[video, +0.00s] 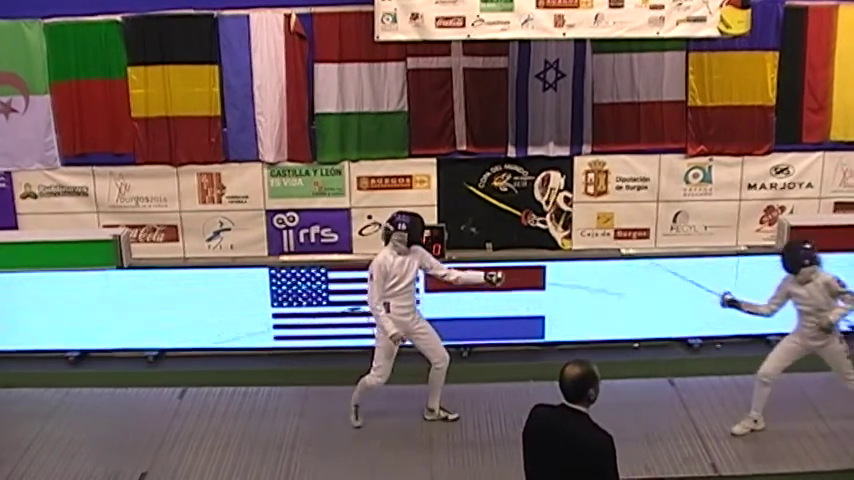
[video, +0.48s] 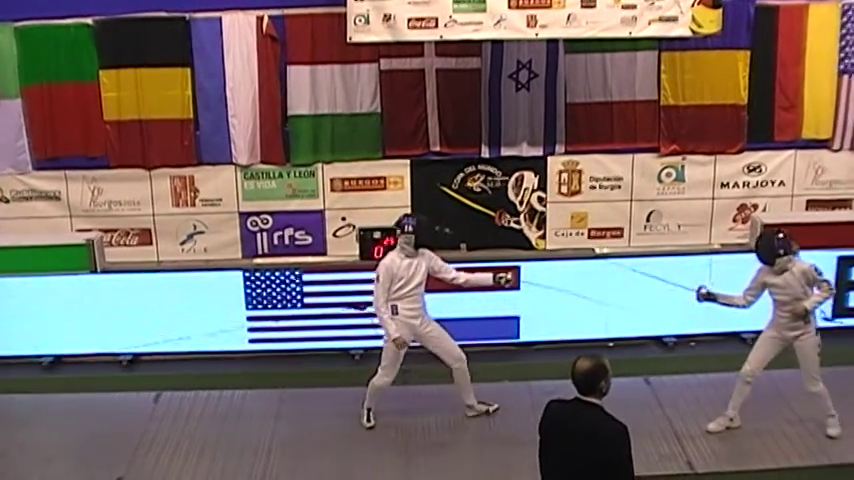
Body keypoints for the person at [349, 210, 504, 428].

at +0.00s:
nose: (400, 238)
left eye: (404, 234)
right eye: (397, 233)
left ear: (411, 236)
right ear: (390, 233)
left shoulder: (418, 254)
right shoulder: (381, 262)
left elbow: (448, 275)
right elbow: (374, 303)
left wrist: (485, 277)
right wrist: (390, 330)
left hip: (413, 319)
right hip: (389, 322)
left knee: (441, 359)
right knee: (378, 378)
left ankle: (433, 409)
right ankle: (355, 403)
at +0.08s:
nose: (401, 236)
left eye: (406, 233)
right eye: (398, 231)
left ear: (414, 236)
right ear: (393, 231)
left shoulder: (419, 252)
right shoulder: (382, 259)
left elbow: (448, 275)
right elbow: (375, 299)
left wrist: (484, 277)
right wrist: (389, 328)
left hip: (415, 318)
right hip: (391, 322)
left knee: (442, 358)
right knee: (390, 375)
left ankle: (432, 407)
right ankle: (380, 403)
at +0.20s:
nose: (403, 239)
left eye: (407, 235)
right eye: (399, 234)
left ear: (413, 238)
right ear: (393, 235)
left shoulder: (419, 257)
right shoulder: (382, 263)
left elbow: (447, 280)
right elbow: (373, 303)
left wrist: (485, 282)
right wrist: (387, 333)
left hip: (416, 320)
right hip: (393, 323)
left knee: (449, 358)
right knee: (394, 380)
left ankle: (444, 407)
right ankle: (384, 407)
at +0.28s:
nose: (399, 242)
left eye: (404, 238)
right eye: (396, 237)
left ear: (411, 242)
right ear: (390, 238)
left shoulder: (417, 261)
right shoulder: (380, 266)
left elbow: (445, 282)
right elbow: (371, 307)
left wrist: (483, 282)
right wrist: (384, 337)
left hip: (414, 323)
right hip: (390, 326)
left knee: (452, 358)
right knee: (390, 382)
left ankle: (442, 405)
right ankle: (378, 406)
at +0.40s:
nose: (401, 240)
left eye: (406, 236)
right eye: (398, 235)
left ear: (414, 239)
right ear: (392, 236)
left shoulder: (420, 259)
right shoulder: (383, 264)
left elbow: (449, 280)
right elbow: (374, 304)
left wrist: (487, 281)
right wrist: (387, 335)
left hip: (417, 322)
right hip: (394, 325)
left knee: (456, 356)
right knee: (386, 379)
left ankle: (455, 405)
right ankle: (372, 407)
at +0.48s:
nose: (406, 239)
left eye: (410, 234)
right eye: (403, 234)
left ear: (417, 236)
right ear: (397, 235)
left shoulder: (426, 258)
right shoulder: (388, 264)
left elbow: (456, 277)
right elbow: (379, 303)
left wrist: (493, 279)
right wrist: (393, 333)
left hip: (423, 322)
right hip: (398, 324)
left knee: (458, 359)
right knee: (385, 377)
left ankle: (472, 406)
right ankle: (368, 407)